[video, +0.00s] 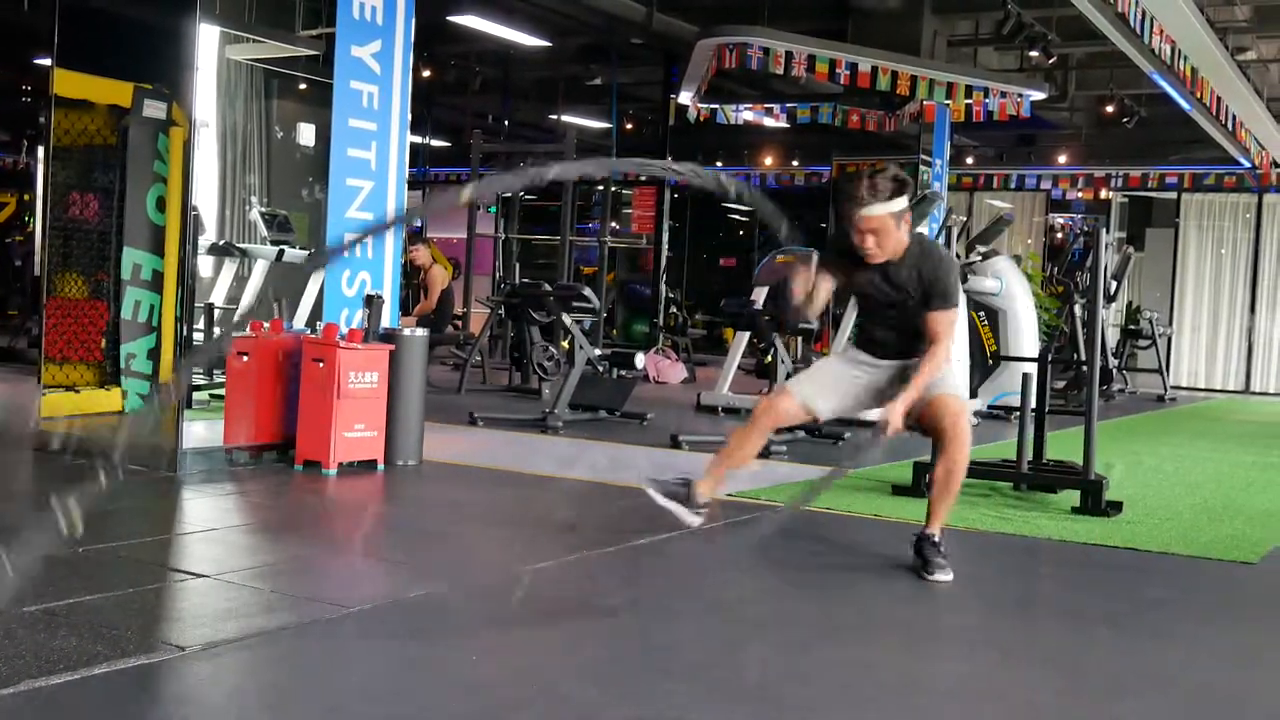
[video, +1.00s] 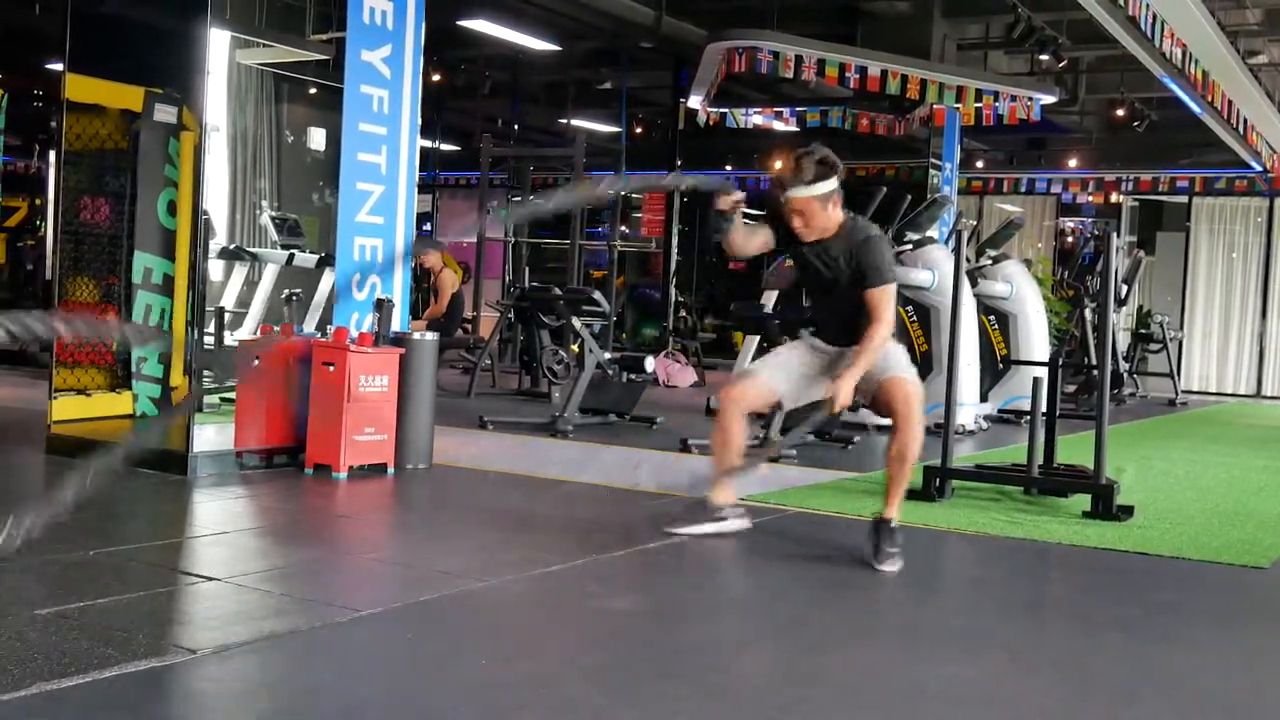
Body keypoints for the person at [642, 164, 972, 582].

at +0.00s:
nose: (864, 243)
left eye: (875, 233)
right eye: (857, 233)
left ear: (905, 223)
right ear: (849, 227)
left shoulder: (935, 265)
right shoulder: (844, 256)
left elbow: (941, 346)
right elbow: (810, 311)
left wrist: (903, 401)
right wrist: (802, 293)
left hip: (923, 373)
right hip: (860, 364)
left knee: (956, 424)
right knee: (771, 408)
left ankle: (932, 538)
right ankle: (699, 494)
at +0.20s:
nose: (806, 227)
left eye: (814, 218)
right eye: (798, 218)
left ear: (837, 208)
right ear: (786, 211)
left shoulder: (859, 233)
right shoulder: (771, 249)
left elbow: (865, 270)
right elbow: (751, 318)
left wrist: (814, 248)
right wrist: (754, 381)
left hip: (844, 362)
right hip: (777, 359)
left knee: (884, 417)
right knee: (693, 400)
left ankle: (910, 536)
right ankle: (672, 509)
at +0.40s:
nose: (752, 227)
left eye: (762, 219)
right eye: (747, 217)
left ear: (793, 208)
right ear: (740, 206)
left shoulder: (819, 245)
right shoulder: (741, 222)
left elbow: (816, 328)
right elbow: (686, 228)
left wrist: (777, 379)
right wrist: (675, 210)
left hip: (804, 348)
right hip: (747, 342)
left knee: (838, 400)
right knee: (669, 387)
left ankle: (826, 520)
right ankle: (641, 492)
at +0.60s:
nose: (716, 240)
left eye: (724, 231)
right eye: (709, 231)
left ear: (752, 220)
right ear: (701, 226)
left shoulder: (784, 249)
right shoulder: (700, 257)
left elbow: (800, 308)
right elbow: (686, 320)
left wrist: (759, 332)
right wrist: (667, 360)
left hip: (782, 367)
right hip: (719, 365)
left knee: (825, 404)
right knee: (644, 403)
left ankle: (829, 520)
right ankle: (623, 502)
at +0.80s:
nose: (757, 245)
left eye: (764, 236)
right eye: (749, 237)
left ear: (793, 226)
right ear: (742, 233)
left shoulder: (817, 253)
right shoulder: (738, 255)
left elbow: (816, 303)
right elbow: (705, 308)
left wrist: (758, 273)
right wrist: (685, 345)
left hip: (803, 374)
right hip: (742, 369)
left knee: (847, 408)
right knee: (658, 408)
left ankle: (855, 528)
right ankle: (621, 499)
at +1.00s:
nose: (794, 223)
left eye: (802, 215)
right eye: (791, 214)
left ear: (834, 206)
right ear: (788, 208)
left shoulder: (868, 242)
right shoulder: (792, 229)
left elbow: (883, 323)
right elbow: (742, 245)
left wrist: (850, 376)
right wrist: (731, 218)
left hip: (873, 350)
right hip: (816, 348)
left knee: (908, 399)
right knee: (735, 396)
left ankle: (889, 520)